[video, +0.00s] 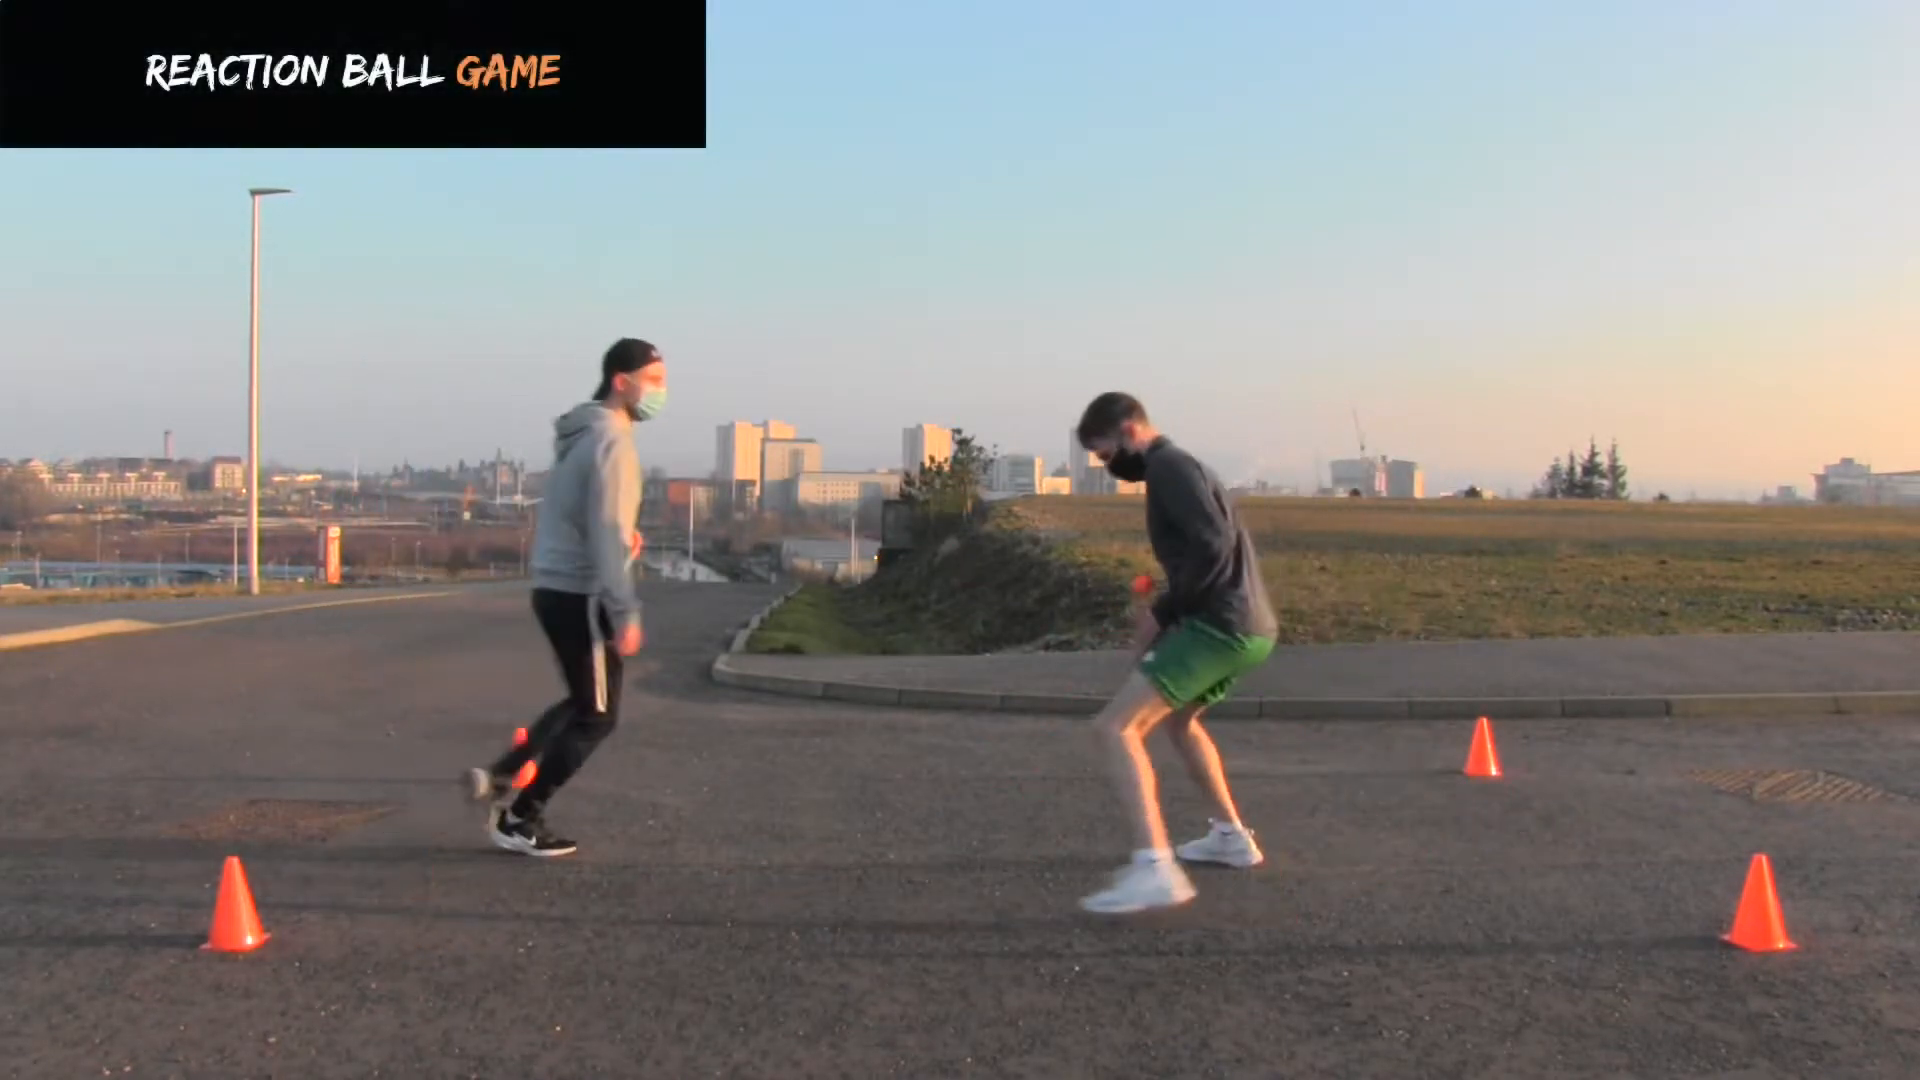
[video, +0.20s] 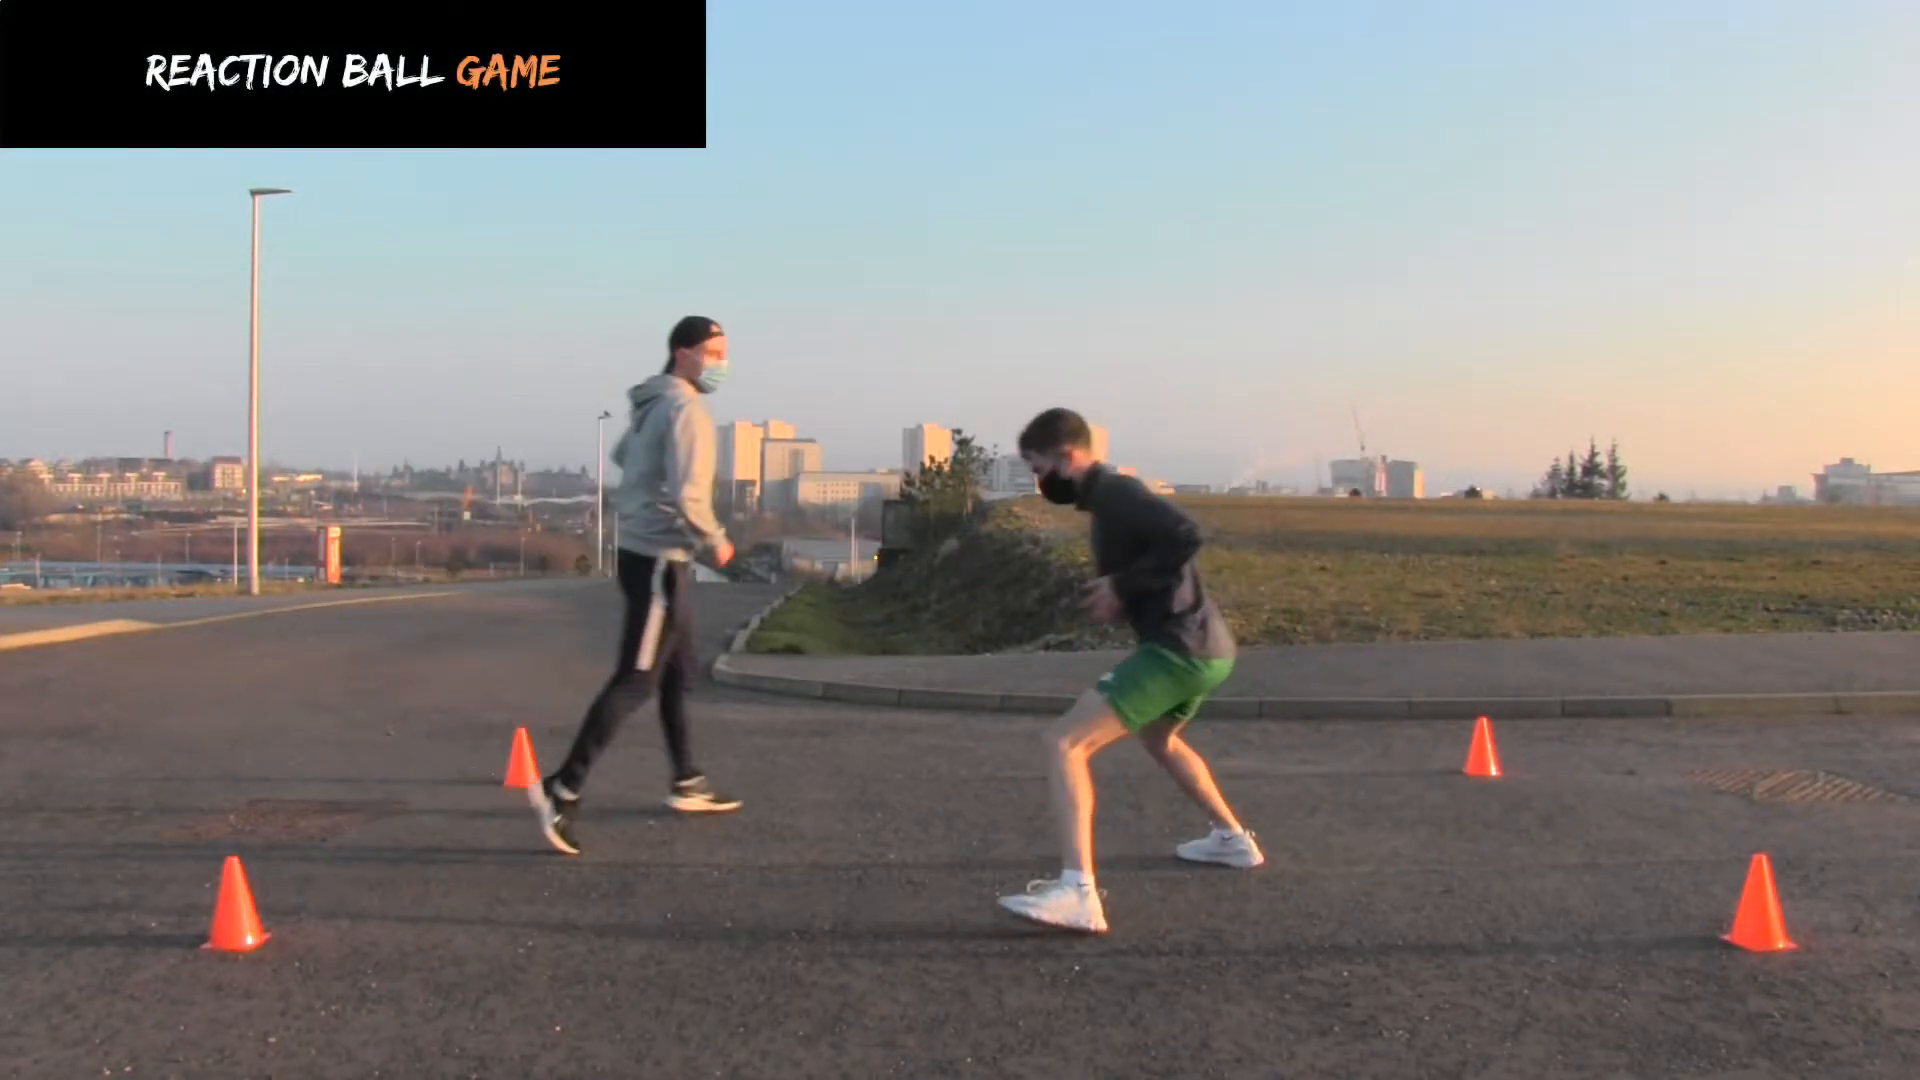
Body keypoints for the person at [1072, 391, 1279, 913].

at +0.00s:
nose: (1100, 462)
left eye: (1102, 449)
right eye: (1095, 454)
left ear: (1131, 429)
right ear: (1132, 431)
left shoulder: (1168, 467)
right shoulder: (1177, 464)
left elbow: (1213, 547)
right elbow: (1212, 555)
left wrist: (1161, 609)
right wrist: (1165, 595)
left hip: (1221, 625)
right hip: (1250, 626)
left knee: (1117, 728)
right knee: (1180, 720)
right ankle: (1231, 833)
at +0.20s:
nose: (1038, 480)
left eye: (1039, 467)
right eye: (1032, 469)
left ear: (1070, 455)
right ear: (1076, 455)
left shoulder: (1113, 491)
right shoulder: (1109, 497)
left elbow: (1184, 535)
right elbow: (1164, 558)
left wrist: (1124, 585)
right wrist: (1120, 594)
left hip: (1177, 652)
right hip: (1208, 650)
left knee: (1067, 744)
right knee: (1159, 736)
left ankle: (1078, 890)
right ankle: (1234, 837)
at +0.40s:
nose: (957, 428)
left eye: (958, 415)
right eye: (954, 417)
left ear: (982, 407)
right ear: (1005, 403)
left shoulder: (1018, 459)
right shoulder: (1040, 454)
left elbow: (1031, 552)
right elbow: (1050, 543)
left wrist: (984, 577)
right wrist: (993, 569)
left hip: (1082, 632)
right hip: (1116, 624)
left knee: (997, 758)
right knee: (1103, 736)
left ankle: (1066, 897)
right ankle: (1194, 829)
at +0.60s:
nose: (890, 352)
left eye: (890, 342)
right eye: (892, 343)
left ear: (901, 340)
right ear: (948, 334)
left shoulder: (908, 394)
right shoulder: (998, 396)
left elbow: (908, 481)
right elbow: (1034, 486)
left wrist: (891, 536)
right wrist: (995, 522)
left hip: (963, 579)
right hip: (1023, 576)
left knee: (935, 727)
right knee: (978, 721)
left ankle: (1013, 859)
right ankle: (969, 858)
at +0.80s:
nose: (887, 364)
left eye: (830, 363)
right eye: (891, 354)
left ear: (833, 360)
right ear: (890, 357)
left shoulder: (814, 413)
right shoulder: (926, 425)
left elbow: (783, 501)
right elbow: (959, 518)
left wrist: (815, 536)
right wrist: (987, 568)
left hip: (836, 612)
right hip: (908, 615)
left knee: (807, 746)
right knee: (879, 755)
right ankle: (880, 907)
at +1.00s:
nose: (825, 324)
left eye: (819, 313)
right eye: (819, 313)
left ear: (766, 324)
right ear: (802, 323)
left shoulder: (722, 381)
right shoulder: (832, 394)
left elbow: (668, 449)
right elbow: (883, 480)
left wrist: (716, 490)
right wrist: (930, 444)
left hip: (719, 569)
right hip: (796, 577)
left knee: (688, 708)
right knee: (800, 728)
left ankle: (671, 838)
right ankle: (806, 880)